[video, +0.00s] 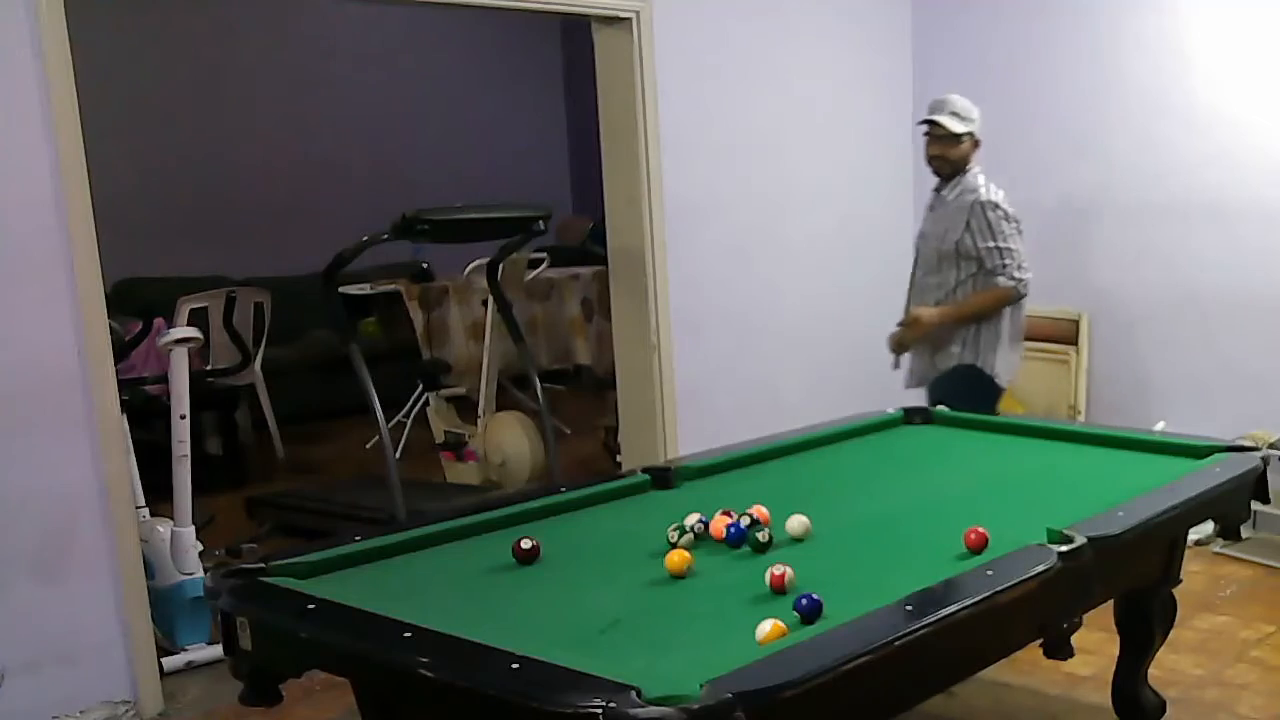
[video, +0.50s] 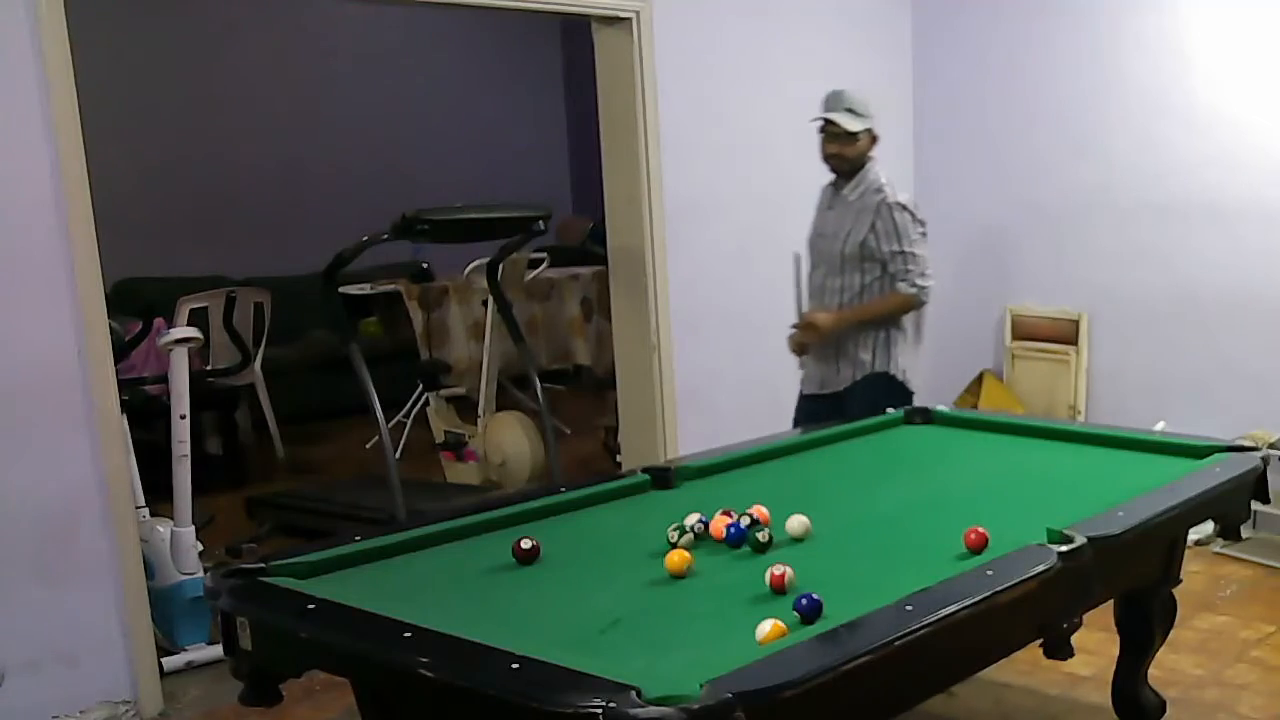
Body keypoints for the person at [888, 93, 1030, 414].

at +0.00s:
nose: (936, 149)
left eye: (949, 140)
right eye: (931, 139)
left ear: (973, 145)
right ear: (924, 142)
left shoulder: (983, 202)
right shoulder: (942, 200)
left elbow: (1013, 283)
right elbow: (946, 282)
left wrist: (939, 316)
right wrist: (912, 330)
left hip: (971, 369)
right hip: (943, 366)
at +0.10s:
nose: (917, 149)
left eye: (930, 140)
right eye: (912, 138)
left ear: (953, 145)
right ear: (904, 141)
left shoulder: (963, 203)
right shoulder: (917, 200)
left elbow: (992, 286)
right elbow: (918, 284)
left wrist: (921, 321)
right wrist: (890, 331)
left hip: (948, 368)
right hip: (919, 366)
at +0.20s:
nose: (896, 146)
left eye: (908, 137)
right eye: (890, 136)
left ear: (932, 142)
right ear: (883, 138)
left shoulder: (943, 202)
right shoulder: (895, 196)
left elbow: (973, 286)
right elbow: (895, 279)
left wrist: (898, 321)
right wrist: (870, 328)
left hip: (922, 369)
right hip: (891, 366)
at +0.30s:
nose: (876, 146)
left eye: (889, 137)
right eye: (870, 135)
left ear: (913, 141)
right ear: (863, 137)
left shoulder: (924, 202)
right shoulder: (874, 196)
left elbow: (954, 287)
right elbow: (875, 280)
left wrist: (879, 321)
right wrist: (849, 330)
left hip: (905, 376)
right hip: (864, 372)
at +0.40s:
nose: (856, 146)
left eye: (869, 137)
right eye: (849, 135)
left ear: (893, 140)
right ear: (841, 137)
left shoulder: (906, 201)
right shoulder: (852, 195)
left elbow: (934, 288)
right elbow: (856, 281)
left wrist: (857, 321)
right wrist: (830, 329)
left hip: (888, 377)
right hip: (842, 374)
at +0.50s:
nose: (835, 147)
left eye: (847, 138)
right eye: (828, 137)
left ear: (871, 141)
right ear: (820, 139)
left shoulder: (886, 205)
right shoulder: (829, 198)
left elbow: (914, 291)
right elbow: (835, 286)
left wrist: (836, 322)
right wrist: (809, 333)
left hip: (872, 381)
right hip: (822, 379)